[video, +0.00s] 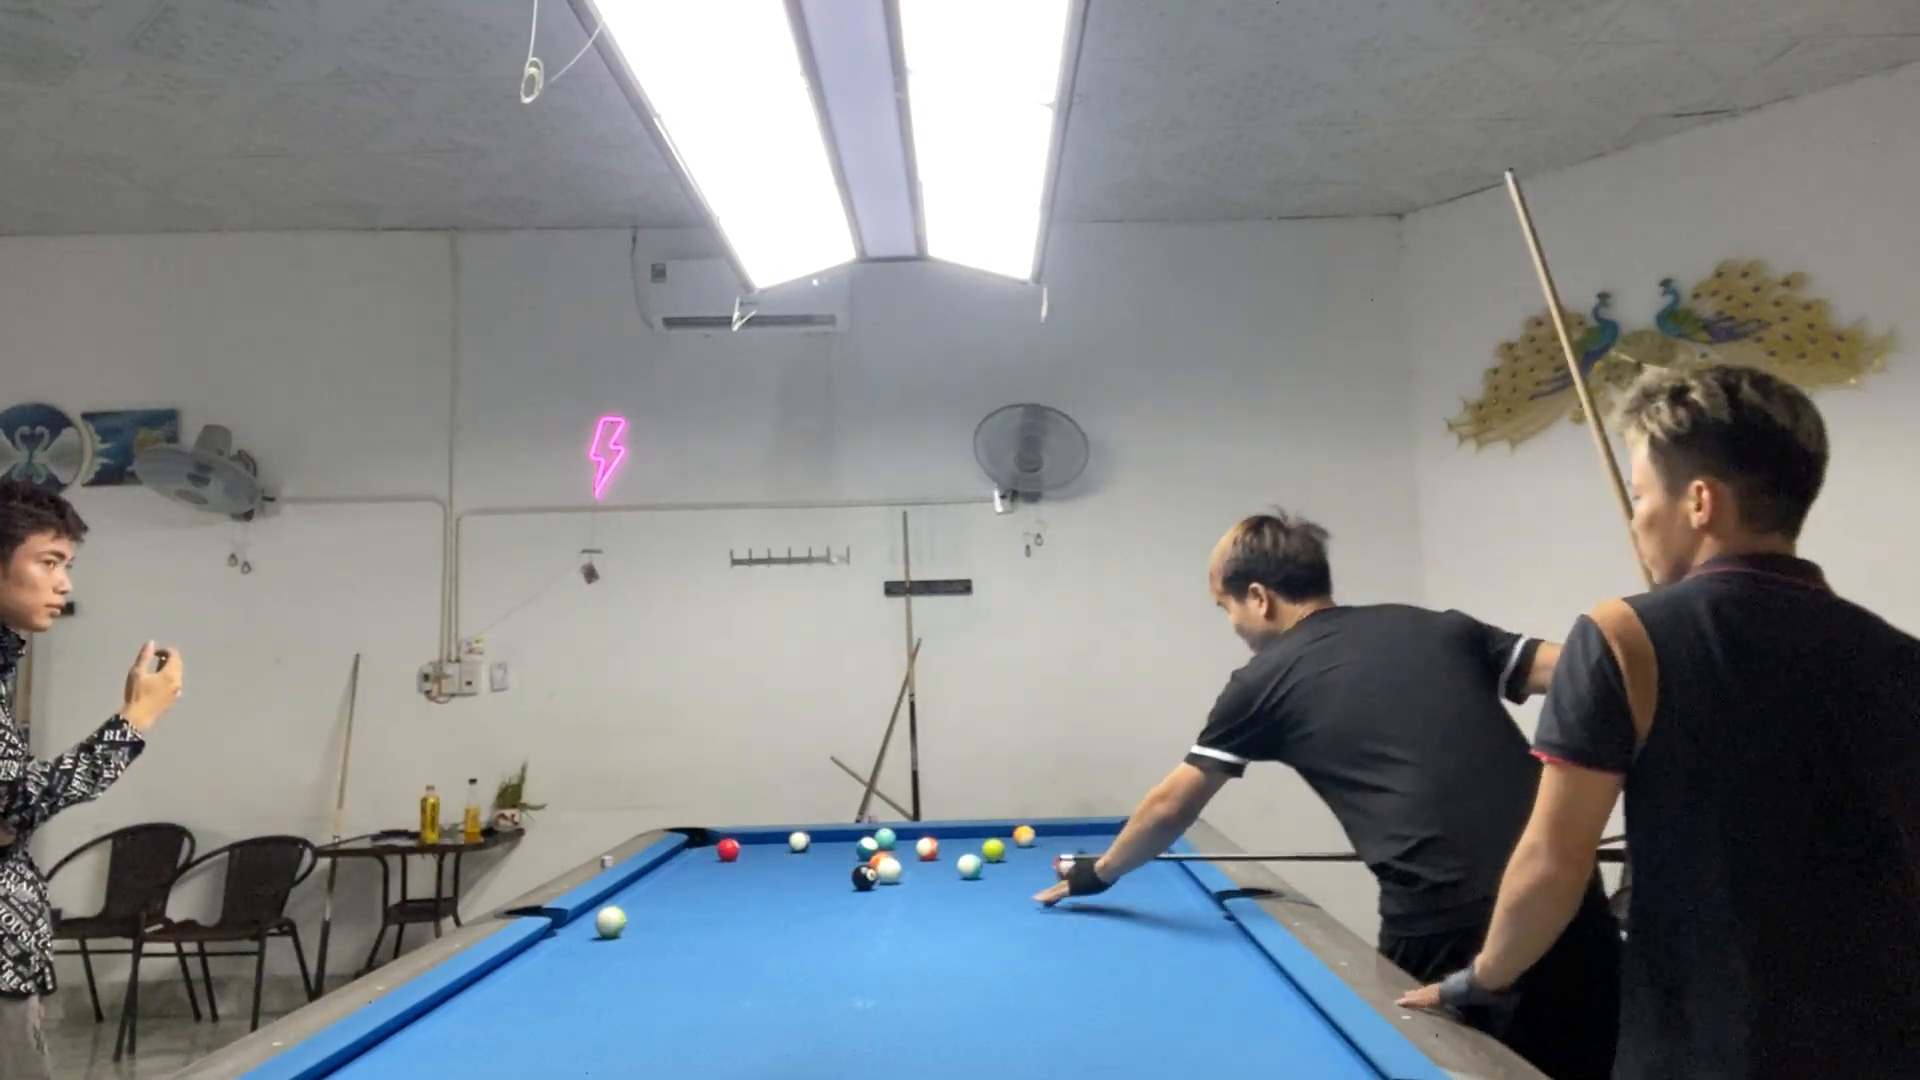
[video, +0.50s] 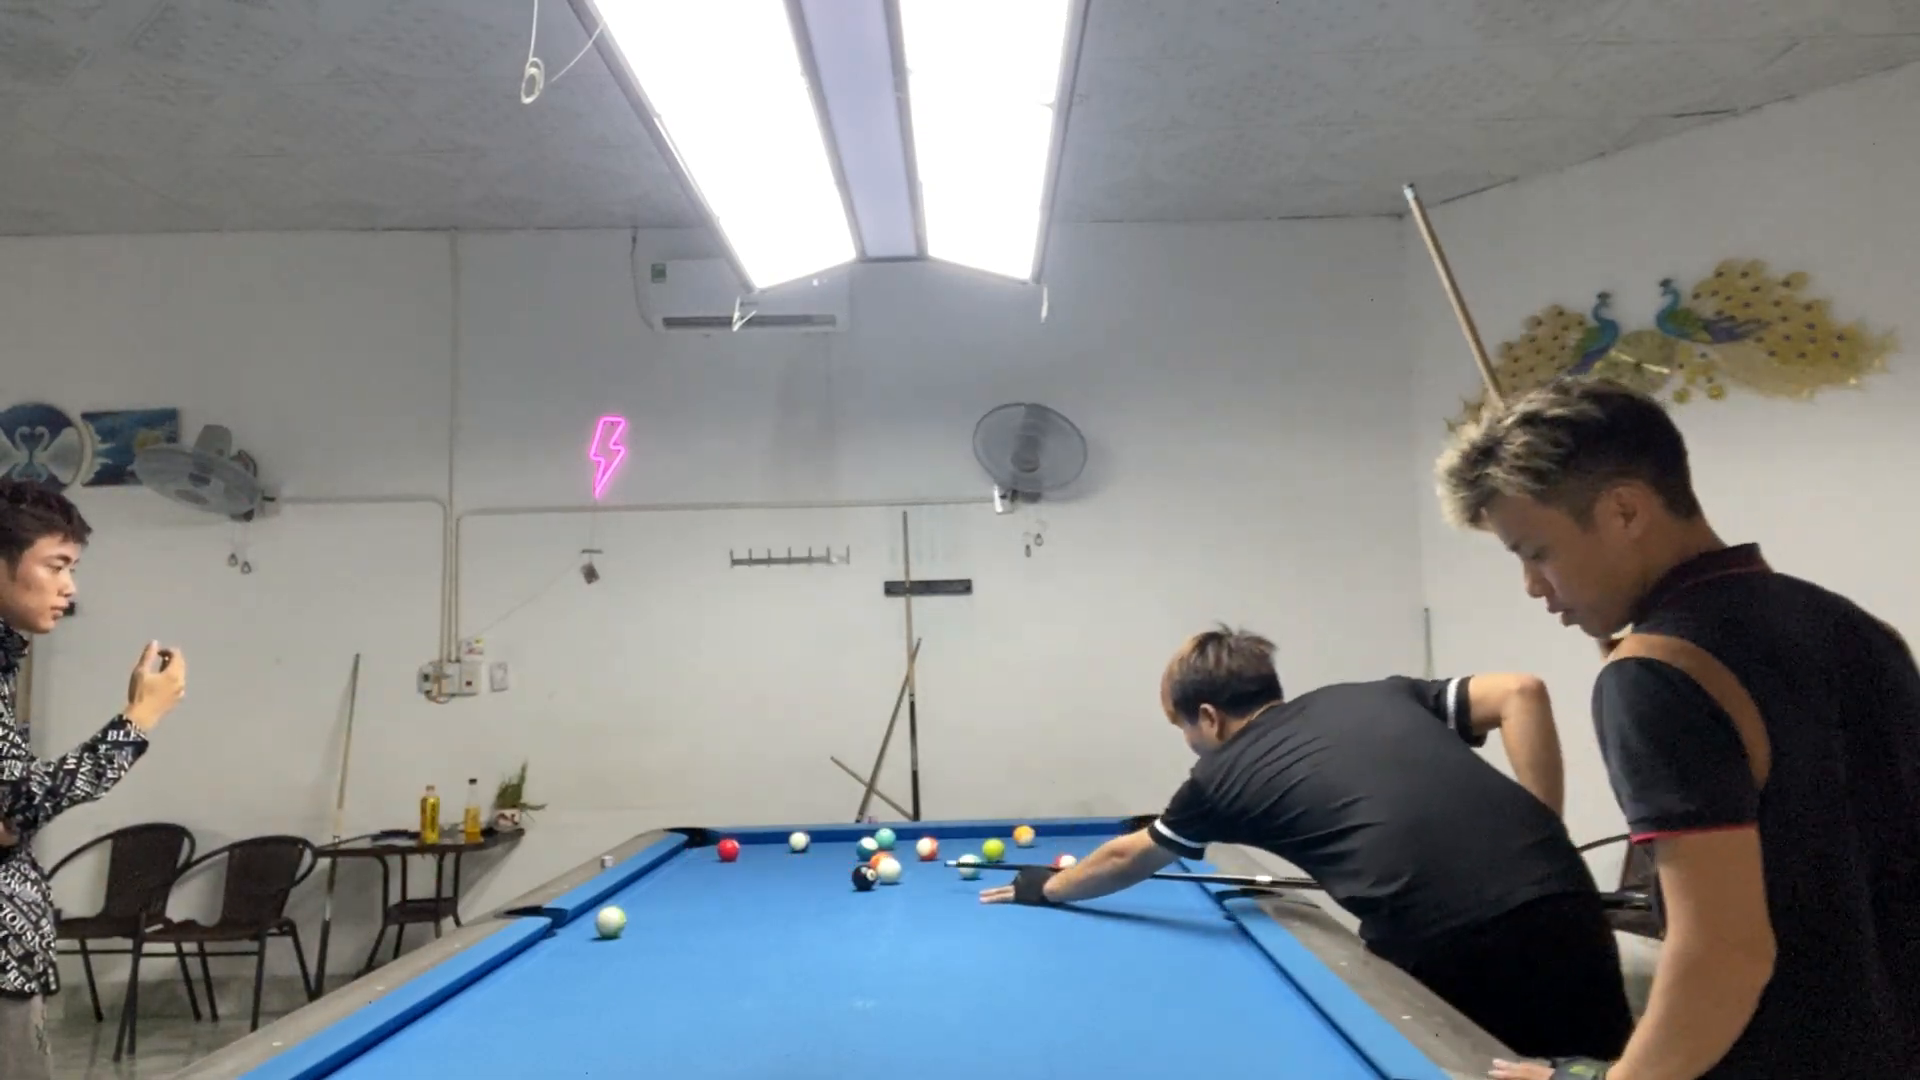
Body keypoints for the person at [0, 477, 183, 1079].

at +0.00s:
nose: (65, 584)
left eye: (67, 566)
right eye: (49, 562)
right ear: (1, 565)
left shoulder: (6, 670)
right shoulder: (3, 673)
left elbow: (22, 795)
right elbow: (19, 799)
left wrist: (131, 721)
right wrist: (134, 722)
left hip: (19, 973)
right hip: (10, 977)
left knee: (30, 1068)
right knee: (26, 1069)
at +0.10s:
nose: (67, 585)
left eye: (68, 568)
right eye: (51, 563)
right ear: (2, 565)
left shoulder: (6, 669)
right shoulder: (4, 672)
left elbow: (22, 794)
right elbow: (20, 800)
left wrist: (131, 721)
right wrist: (134, 721)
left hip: (19, 972)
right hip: (9, 976)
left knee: (29, 1069)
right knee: (26, 1070)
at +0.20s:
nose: (68, 586)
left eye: (69, 568)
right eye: (53, 564)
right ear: (3, 566)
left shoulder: (8, 669)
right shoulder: (4, 672)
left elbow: (23, 794)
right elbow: (21, 800)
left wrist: (131, 722)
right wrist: (134, 722)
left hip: (19, 973)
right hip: (10, 977)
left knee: (29, 1069)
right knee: (26, 1070)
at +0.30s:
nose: (69, 586)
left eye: (70, 568)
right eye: (55, 565)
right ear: (4, 566)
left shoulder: (8, 669)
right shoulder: (5, 672)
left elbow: (23, 794)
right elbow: (21, 800)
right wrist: (135, 722)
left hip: (20, 977)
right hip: (11, 980)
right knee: (27, 1070)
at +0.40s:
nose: (69, 587)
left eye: (71, 569)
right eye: (56, 565)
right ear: (5, 566)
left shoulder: (9, 667)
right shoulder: (5, 669)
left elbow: (23, 795)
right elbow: (22, 799)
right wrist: (137, 721)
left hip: (20, 974)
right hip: (11, 977)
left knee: (29, 1069)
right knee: (26, 1071)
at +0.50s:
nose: (70, 588)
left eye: (71, 569)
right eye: (56, 565)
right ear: (6, 567)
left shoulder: (9, 667)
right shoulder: (5, 670)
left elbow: (25, 795)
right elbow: (25, 799)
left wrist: (14, 824)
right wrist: (139, 720)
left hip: (20, 972)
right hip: (11, 974)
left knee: (30, 1069)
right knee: (26, 1070)